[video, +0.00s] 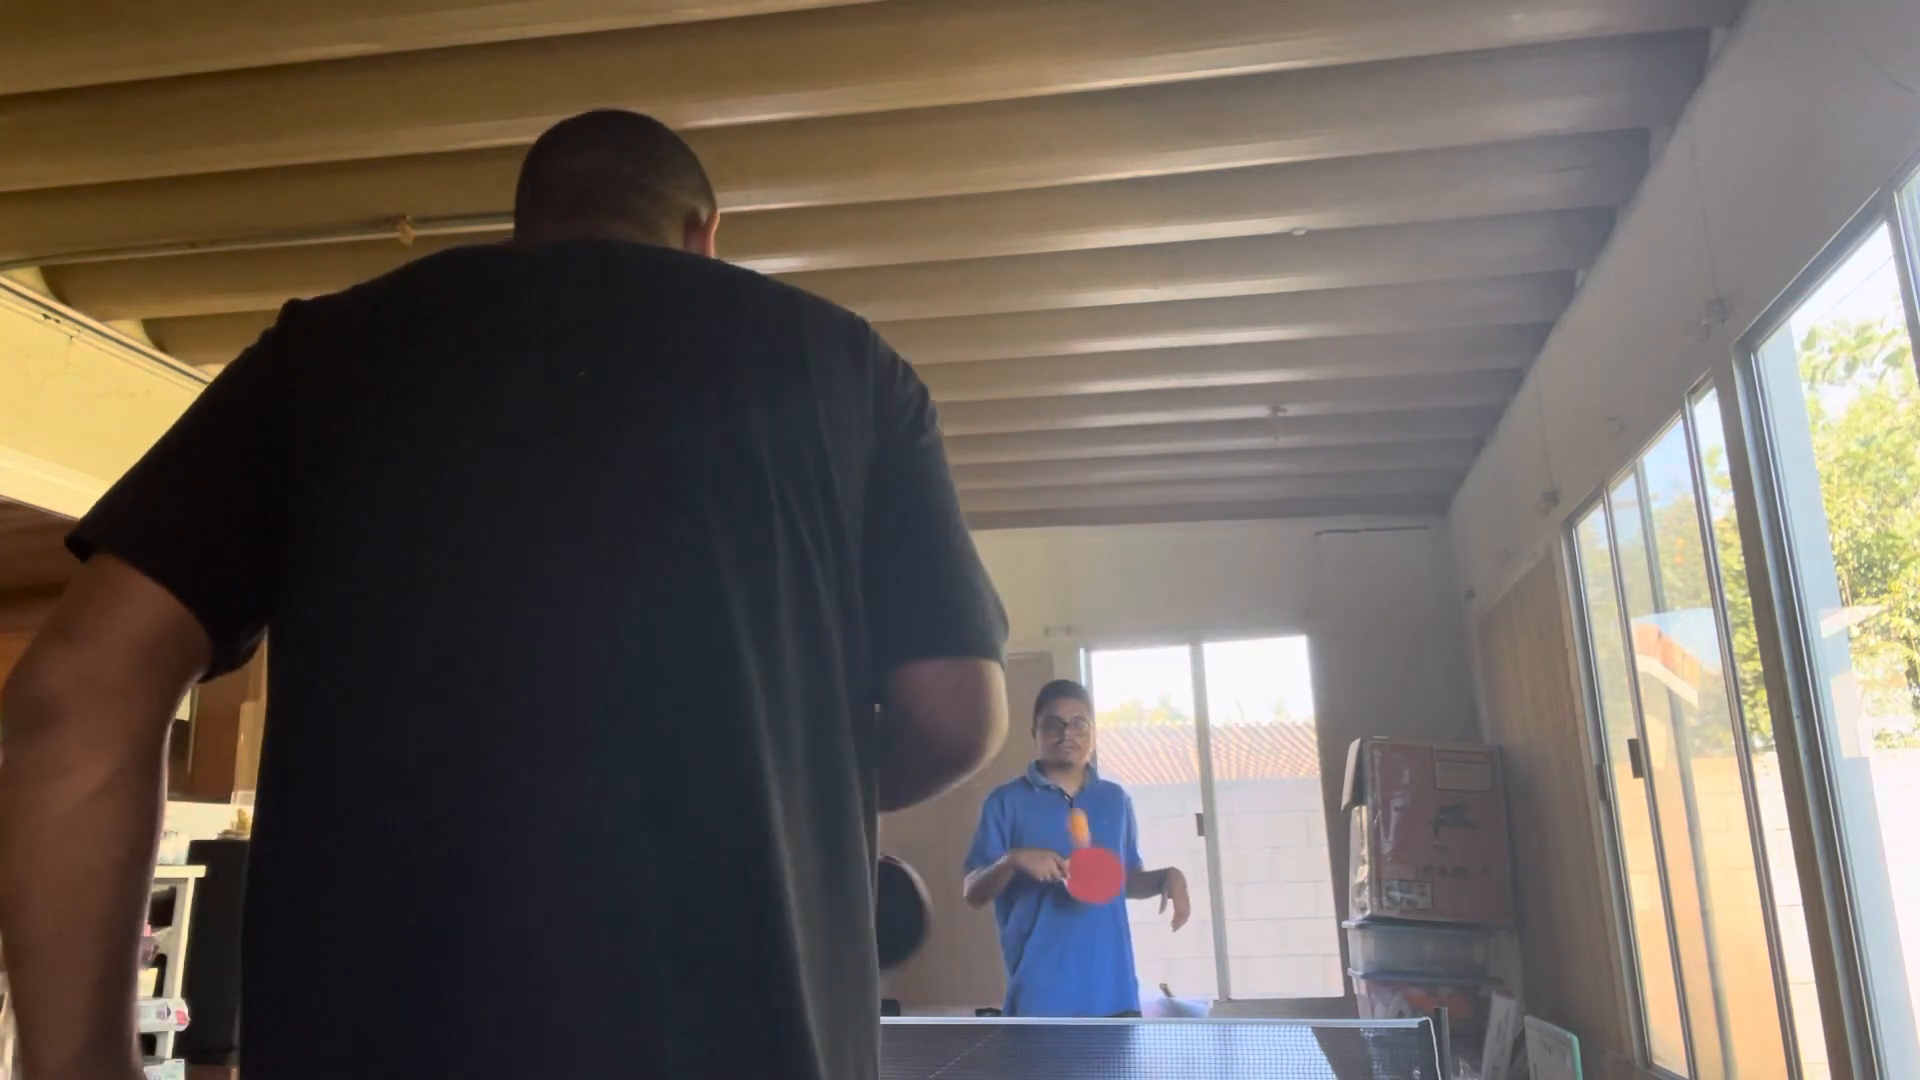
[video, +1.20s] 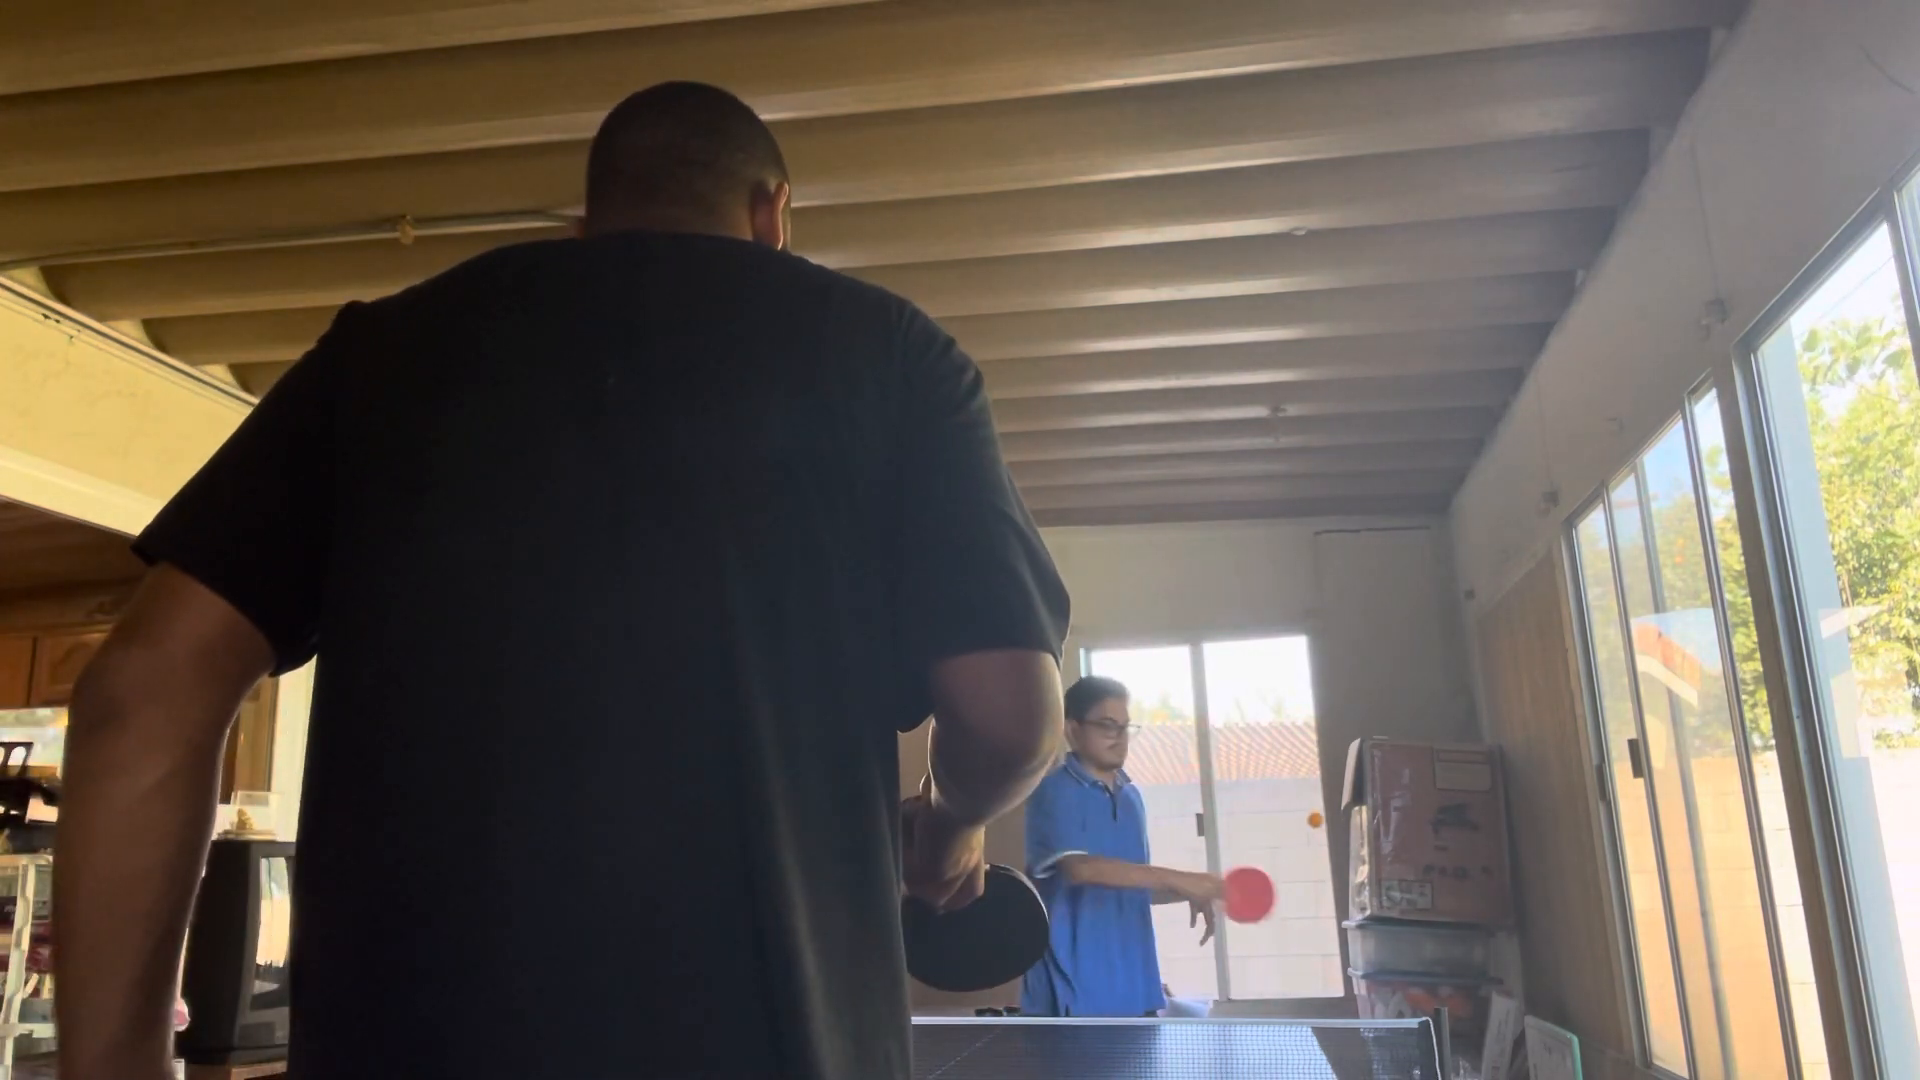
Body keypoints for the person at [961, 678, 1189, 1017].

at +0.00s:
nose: (1067, 734)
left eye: (1078, 724)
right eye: (1054, 724)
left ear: (1093, 733)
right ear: (1036, 732)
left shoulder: (1115, 800)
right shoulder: (1006, 803)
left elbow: (1129, 881)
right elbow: (974, 893)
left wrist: (1168, 877)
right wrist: (1013, 859)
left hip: (1113, 991)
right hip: (1041, 997)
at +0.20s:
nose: (1073, 739)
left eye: (1084, 727)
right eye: (1059, 728)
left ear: (1097, 733)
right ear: (1038, 732)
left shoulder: (1114, 801)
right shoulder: (1012, 801)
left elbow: (1125, 885)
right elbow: (986, 884)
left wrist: (1167, 879)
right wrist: (1046, 858)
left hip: (1112, 993)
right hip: (1041, 998)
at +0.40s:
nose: (1080, 735)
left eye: (1090, 724)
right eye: (1065, 724)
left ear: (1101, 729)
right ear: (1043, 731)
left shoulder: (1113, 797)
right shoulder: (1020, 795)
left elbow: (1123, 866)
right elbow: (1006, 864)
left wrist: (1173, 882)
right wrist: (1078, 845)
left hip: (1114, 983)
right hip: (1046, 987)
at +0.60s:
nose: (1086, 730)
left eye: (1095, 720)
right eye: (1070, 720)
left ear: (1104, 728)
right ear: (1046, 728)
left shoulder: (1107, 792)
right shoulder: (1034, 780)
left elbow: (1110, 884)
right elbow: (1047, 811)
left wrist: (1171, 877)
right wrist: (1140, 803)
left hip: (1114, 987)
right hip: (1048, 993)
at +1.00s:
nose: (1104, 736)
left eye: (1111, 725)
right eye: (1090, 724)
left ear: (1117, 728)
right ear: (1061, 727)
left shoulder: (1116, 795)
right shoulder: (1041, 787)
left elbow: (1112, 887)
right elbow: (1028, 849)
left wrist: (1172, 887)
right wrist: (1113, 828)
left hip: (1129, 990)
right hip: (1065, 998)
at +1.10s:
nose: (1109, 737)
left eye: (1115, 727)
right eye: (1096, 726)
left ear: (1121, 728)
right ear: (1064, 728)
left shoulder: (1123, 796)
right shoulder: (1046, 789)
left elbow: (1119, 888)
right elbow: (1027, 859)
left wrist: (1179, 888)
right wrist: (1119, 853)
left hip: (1130, 988)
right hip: (1066, 994)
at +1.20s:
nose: (1119, 737)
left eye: (1124, 727)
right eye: (1106, 726)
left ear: (1130, 728)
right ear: (1072, 729)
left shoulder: (1129, 796)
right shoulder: (1056, 791)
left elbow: (1129, 893)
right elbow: (1075, 869)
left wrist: (1186, 892)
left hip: (1133, 989)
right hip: (1072, 996)